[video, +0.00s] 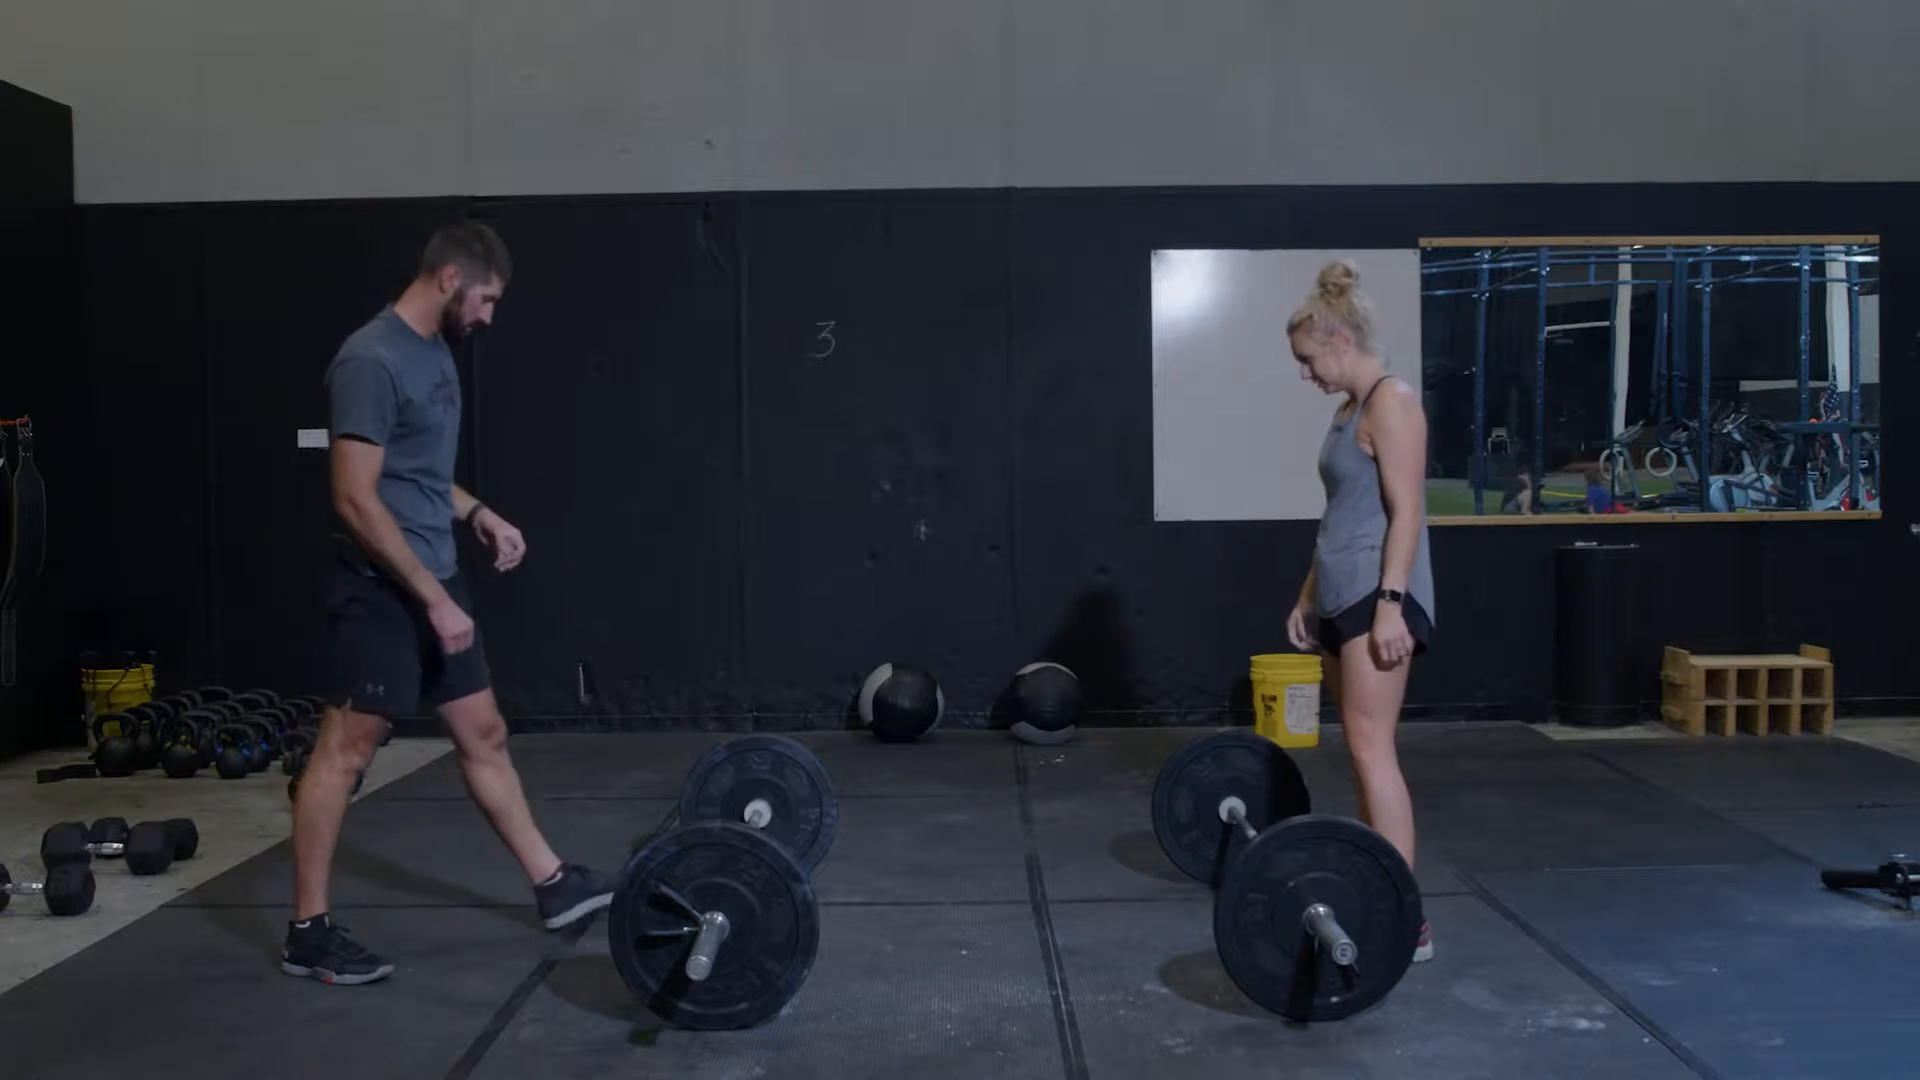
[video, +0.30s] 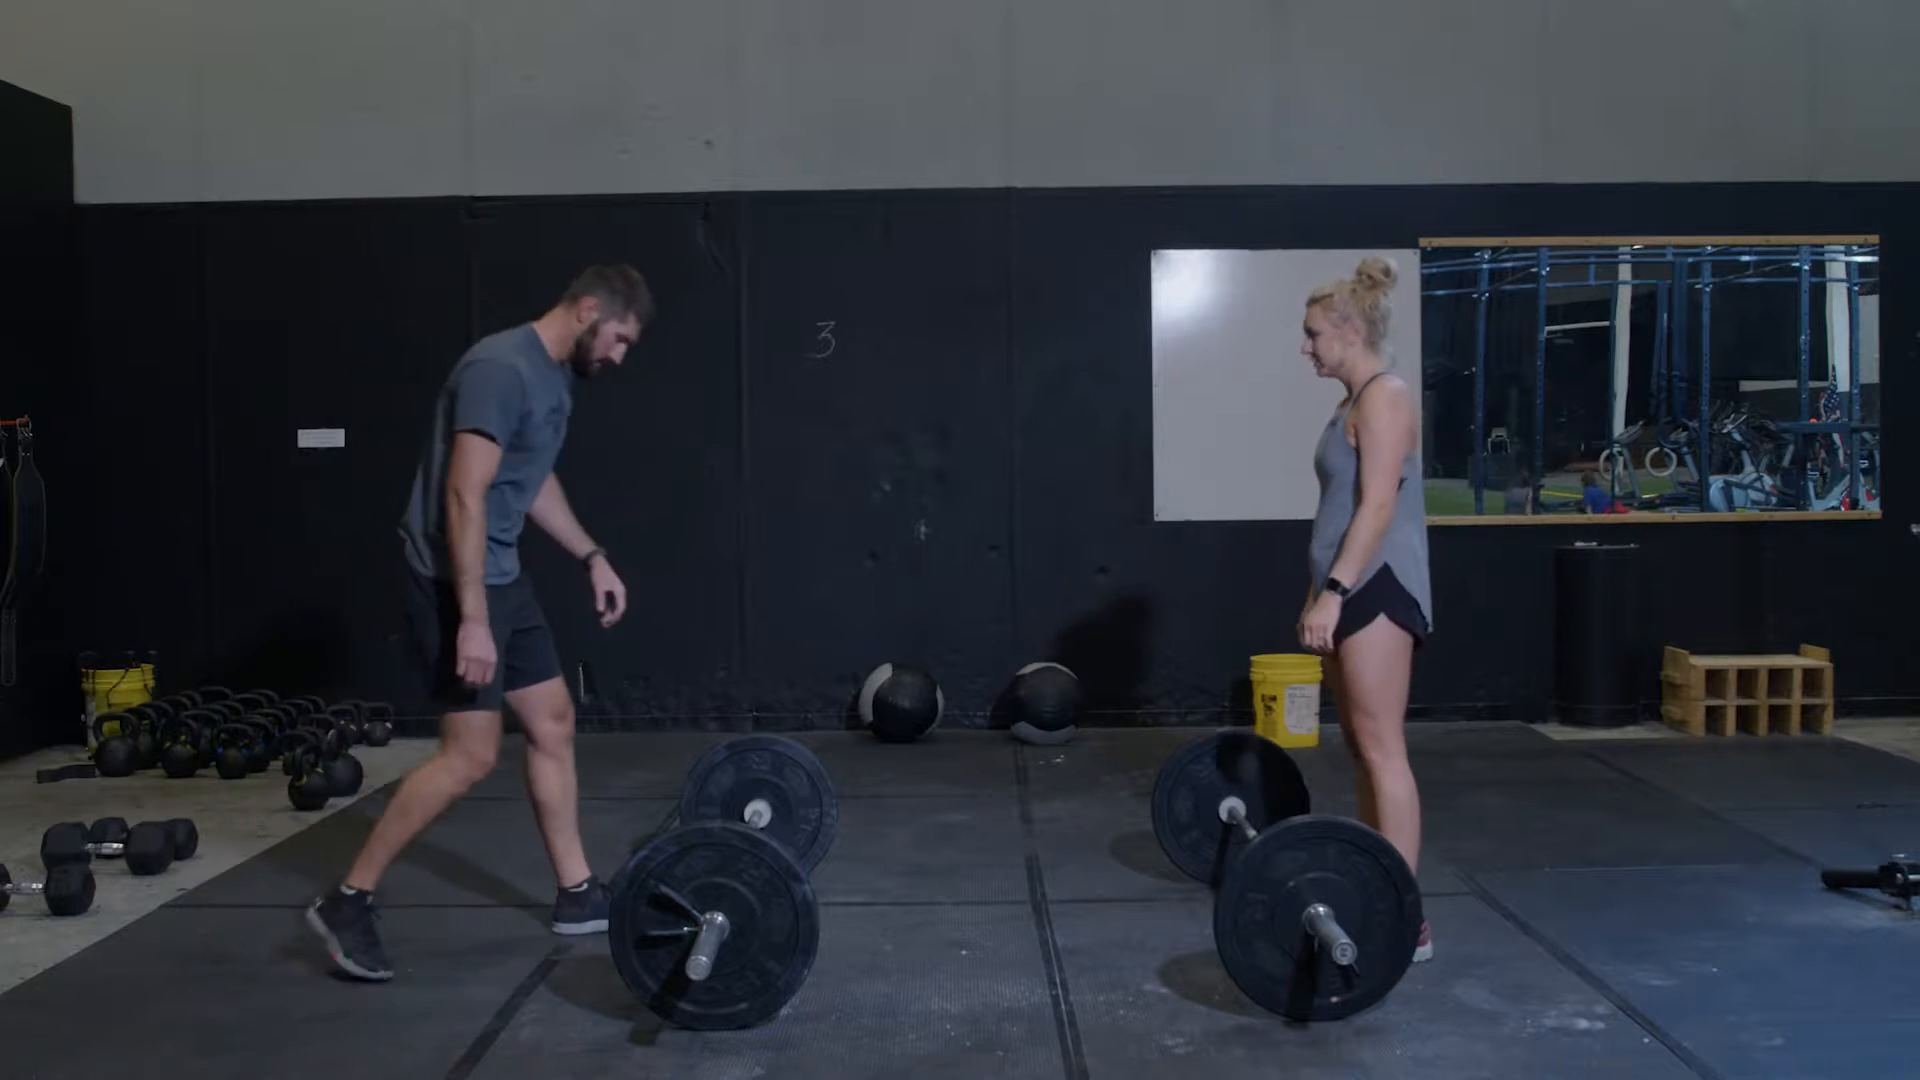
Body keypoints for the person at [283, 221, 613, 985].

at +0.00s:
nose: (488, 316)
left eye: (493, 303)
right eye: (485, 300)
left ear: (453, 285)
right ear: (448, 281)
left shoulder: (436, 355)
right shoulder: (370, 360)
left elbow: (422, 470)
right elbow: (352, 497)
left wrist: (480, 517)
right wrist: (433, 596)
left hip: (433, 579)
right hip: (374, 583)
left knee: (483, 735)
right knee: (344, 749)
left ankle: (553, 883)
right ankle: (309, 927)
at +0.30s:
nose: (618, 356)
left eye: (627, 345)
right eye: (618, 340)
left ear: (592, 317)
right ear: (586, 311)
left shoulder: (552, 378)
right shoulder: (498, 369)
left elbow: (533, 480)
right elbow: (464, 498)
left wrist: (593, 556)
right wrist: (473, 618)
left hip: (504, 575)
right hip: (451, 578)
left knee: (553, 724)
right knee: (469, 753)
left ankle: (578, 893)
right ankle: (349, 899)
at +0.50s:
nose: (686, 398)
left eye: (696, 389)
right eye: (690, 382)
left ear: (667, 356)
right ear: (663, 349)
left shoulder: (625, 408)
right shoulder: (568, 382)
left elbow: (612, 508)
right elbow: (532, 510)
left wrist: (652, 605)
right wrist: (557, 636)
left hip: (524, 561)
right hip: (471, 560)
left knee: (564, 715)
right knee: (530, 726)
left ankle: (576, 893)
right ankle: (473, 905)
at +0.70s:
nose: (728, 452)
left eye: (739, 444)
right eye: (733, 436)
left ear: (712, 405)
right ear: (709, 403)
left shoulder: (661, 438)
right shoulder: (629, 427)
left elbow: (661, 546)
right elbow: (611, 565)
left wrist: (685, 653)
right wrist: (656, 691)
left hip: (534, 565)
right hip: (487, 560)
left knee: (591, 720)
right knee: (552, 737)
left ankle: (584, 889)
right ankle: (559, 922)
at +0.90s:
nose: (759, 541)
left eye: (771, 532)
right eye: (766, 525)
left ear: (745, 489)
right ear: (746, 490)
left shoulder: (692, 502)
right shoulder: (673, 503)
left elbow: (701, 621)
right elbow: (680, 667)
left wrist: (718, 729)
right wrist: (720, 788)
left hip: (526, 582)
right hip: (489, 580)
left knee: (610, 719)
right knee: (590, 738)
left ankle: (592, 889)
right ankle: (567, 922)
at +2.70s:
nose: (779, 448)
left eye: (777, 434)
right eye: (768, 434)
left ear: (727, 442)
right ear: (726, 440)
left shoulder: (694, 508)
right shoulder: (672, 498)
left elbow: (681, 629)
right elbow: (648, 640)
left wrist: (676, 734)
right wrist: (648, 756)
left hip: (529, 598)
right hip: (491, 595)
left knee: (633, 724)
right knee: (608, 741)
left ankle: (601, 912)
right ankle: (576, 926)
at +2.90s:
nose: (740, 334)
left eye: (737, 321)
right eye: (728, 322)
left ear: (690, 336)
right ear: (686, 332)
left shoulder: (678, 410)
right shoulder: (652, 405)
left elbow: (669, 536)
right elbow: (632, 550)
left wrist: (670, 653)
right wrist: (643, 664)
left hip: (550, 569)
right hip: (518, 568)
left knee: (600, 717)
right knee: (574, 729)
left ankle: (592, 896)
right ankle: (566, 927)